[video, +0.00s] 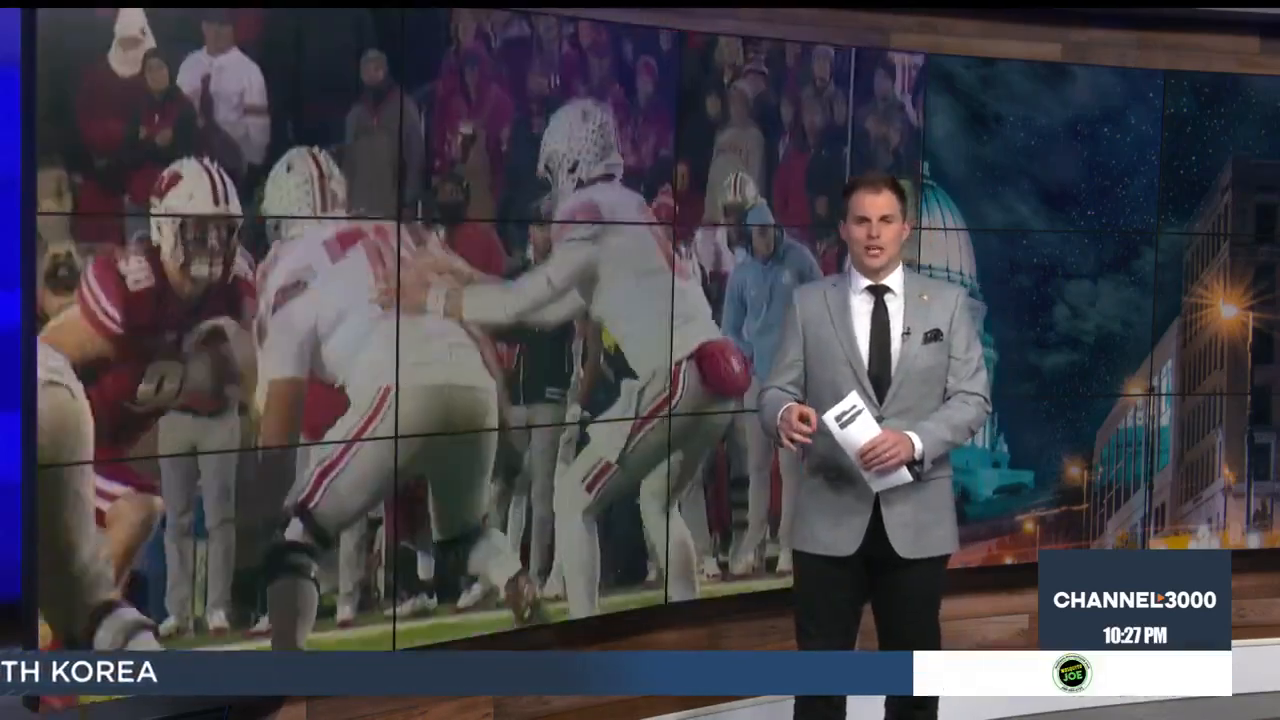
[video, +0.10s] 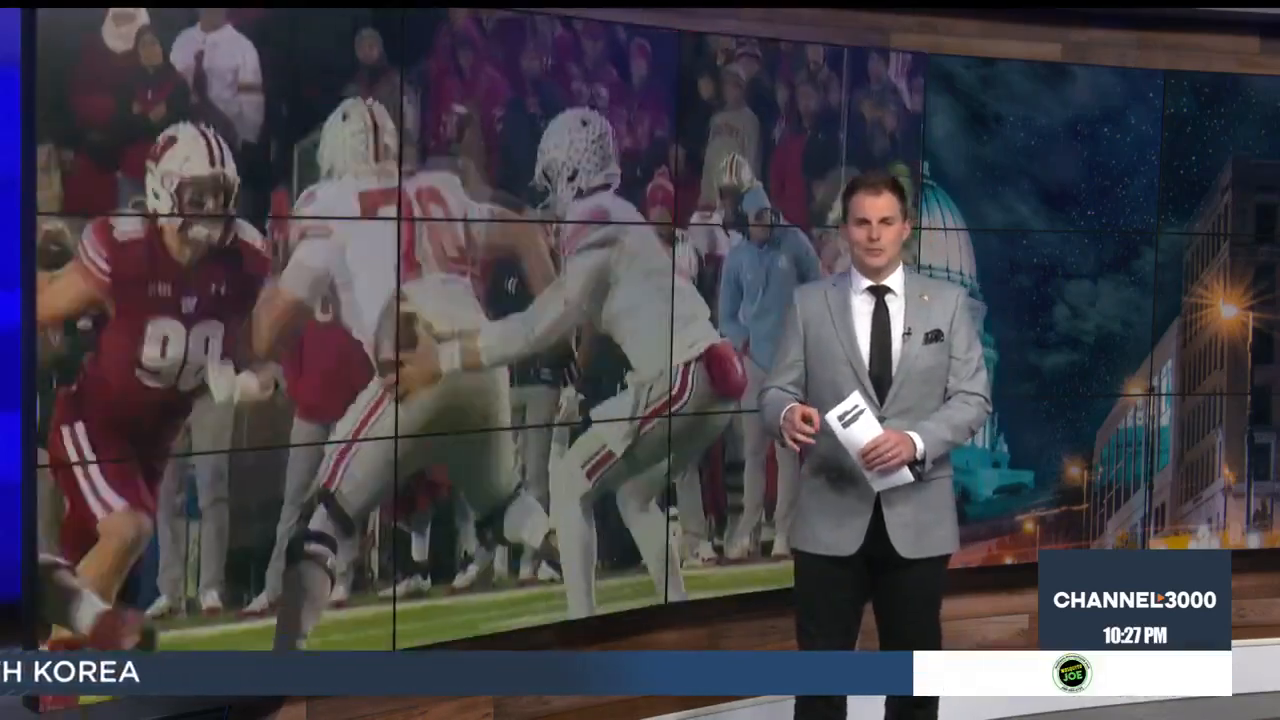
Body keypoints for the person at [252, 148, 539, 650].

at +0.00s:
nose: (268, 232)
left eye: (272, 220)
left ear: (278, 215)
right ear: (340, 198)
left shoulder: (289, 269)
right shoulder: (405, 236)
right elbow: (480, 295)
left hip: (397, 394)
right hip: (474, 388)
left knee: (300, 528)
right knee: (465, 533)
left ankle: (286, 661)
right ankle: (517, 585)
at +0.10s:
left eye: (331, 156)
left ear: (332, 155)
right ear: (394, 149)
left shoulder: (327, 208)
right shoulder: (443, 192)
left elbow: (269, 330)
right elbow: (527, 232)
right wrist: (555, 324)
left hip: (410, 374)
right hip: (484, 367)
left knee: (325, 513)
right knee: (501, 501)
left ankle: (289, 650)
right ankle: (556, 548)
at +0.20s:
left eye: (381, 123)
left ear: (385, 123)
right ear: (452, 121)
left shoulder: (372, 175)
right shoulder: (493, 171)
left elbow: (336, 273)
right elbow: (555, 272)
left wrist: (284, 337)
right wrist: (561, 367)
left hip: (414, 358)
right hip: (495, 353)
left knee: (359, 495)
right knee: (534, 500)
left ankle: (314, 630)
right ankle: (575, 620)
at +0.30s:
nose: (397, 130)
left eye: (399, 121)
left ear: (403, 120)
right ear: (463, 117)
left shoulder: (392, 158)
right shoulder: (511, 171)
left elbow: (350, 241)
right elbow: (526, 267)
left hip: (438, 332)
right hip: (512, 331)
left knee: (371, 470)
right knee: (534, 477)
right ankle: (563, 618)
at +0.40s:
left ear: (390, 122)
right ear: (448, 120)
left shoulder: (384, 164)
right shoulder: (487, 162)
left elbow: (322, 234)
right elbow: (505, 241)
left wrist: (258, 247)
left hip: (458, 319)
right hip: (530, 314)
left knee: (407, 451)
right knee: (533, 464)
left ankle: (423, 611)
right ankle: (557, 612)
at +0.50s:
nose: (389, 117)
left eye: (395, 109)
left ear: (404, 113)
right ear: (466, 114)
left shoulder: (382, 162)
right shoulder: (501, 162)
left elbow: (315, 277)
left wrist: (293, 250)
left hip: (463, 325)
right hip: (530, 312)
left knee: (427, 476)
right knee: (540, 459)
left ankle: (429, 622)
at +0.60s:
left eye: (428, 109)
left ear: (428, 113)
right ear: (484, 115)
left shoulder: (405, 156)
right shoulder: (515, 162)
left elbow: (358, 254)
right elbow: (548, 251)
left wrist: (335, 304)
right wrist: (564, 304)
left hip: (458, 324)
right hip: (530, 319)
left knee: (405, 477)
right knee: (575, 448)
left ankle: (400, 628)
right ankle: (631, 536)